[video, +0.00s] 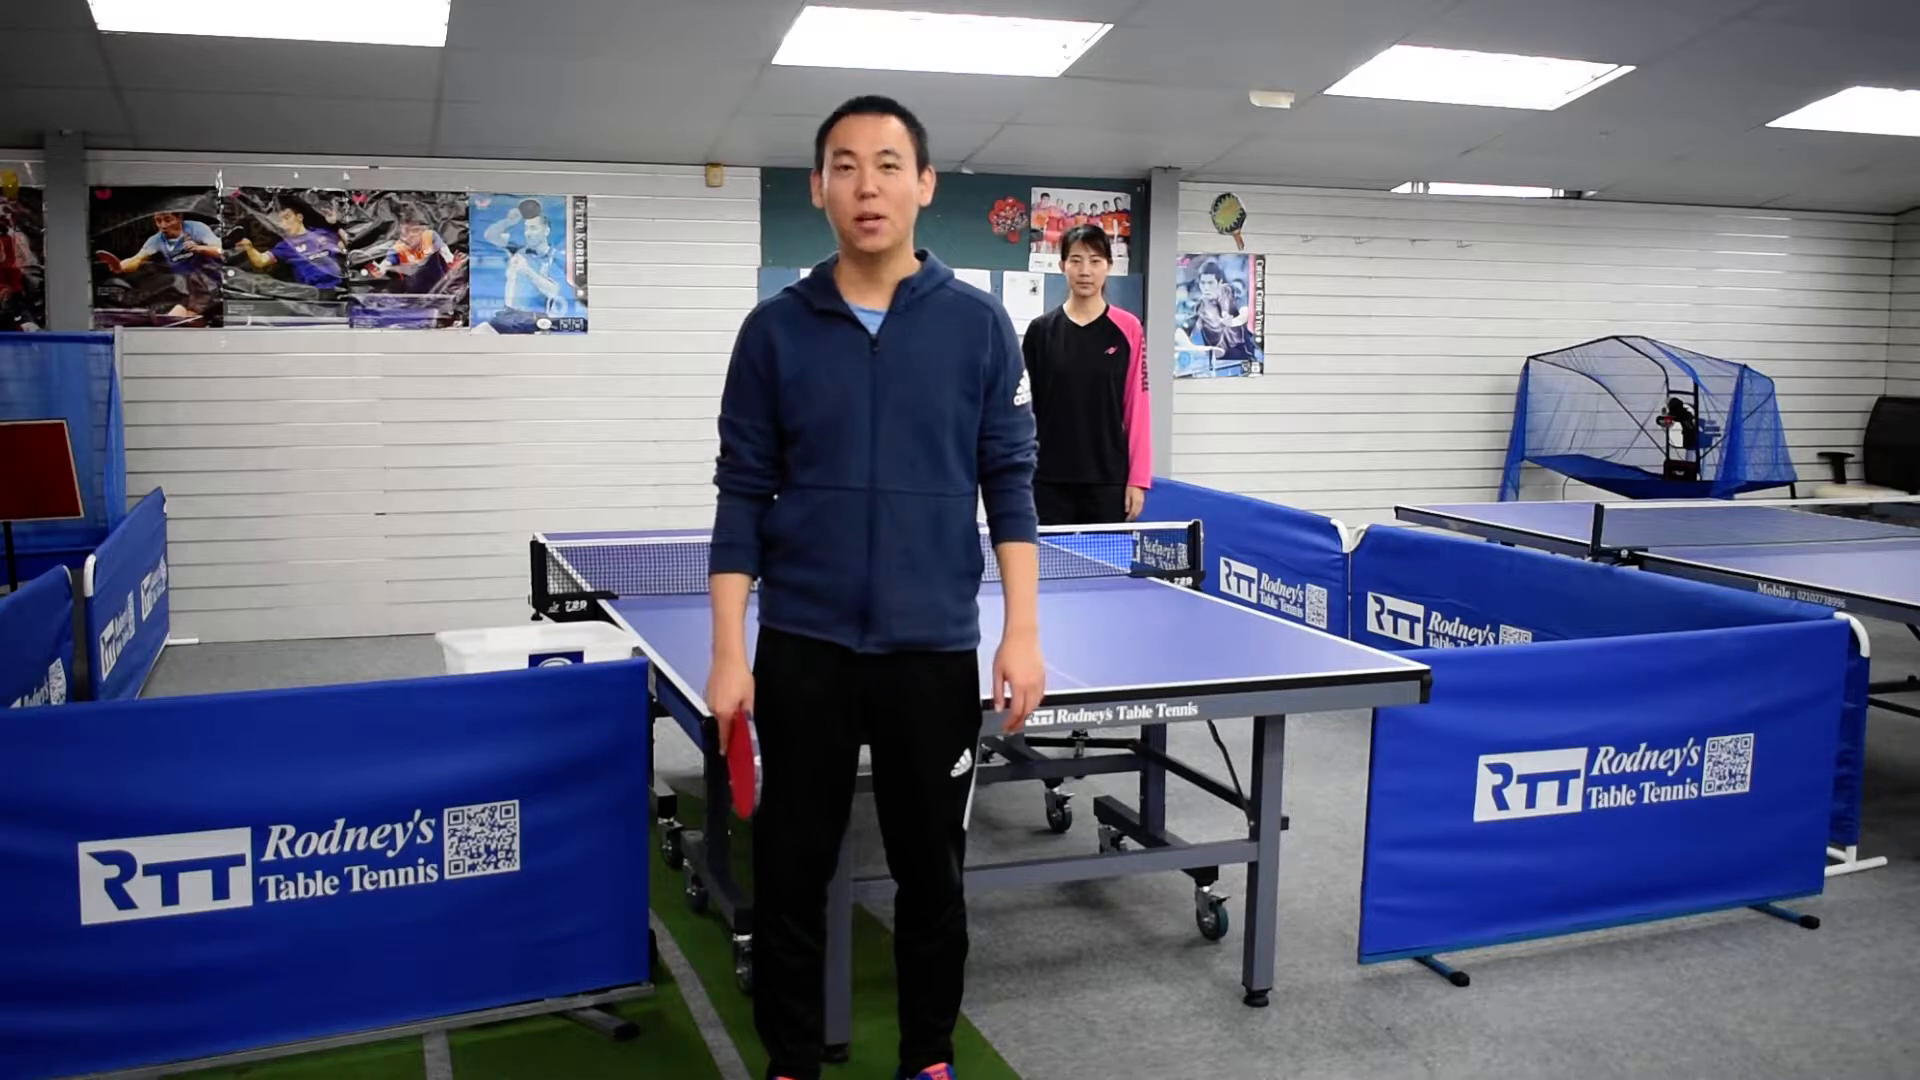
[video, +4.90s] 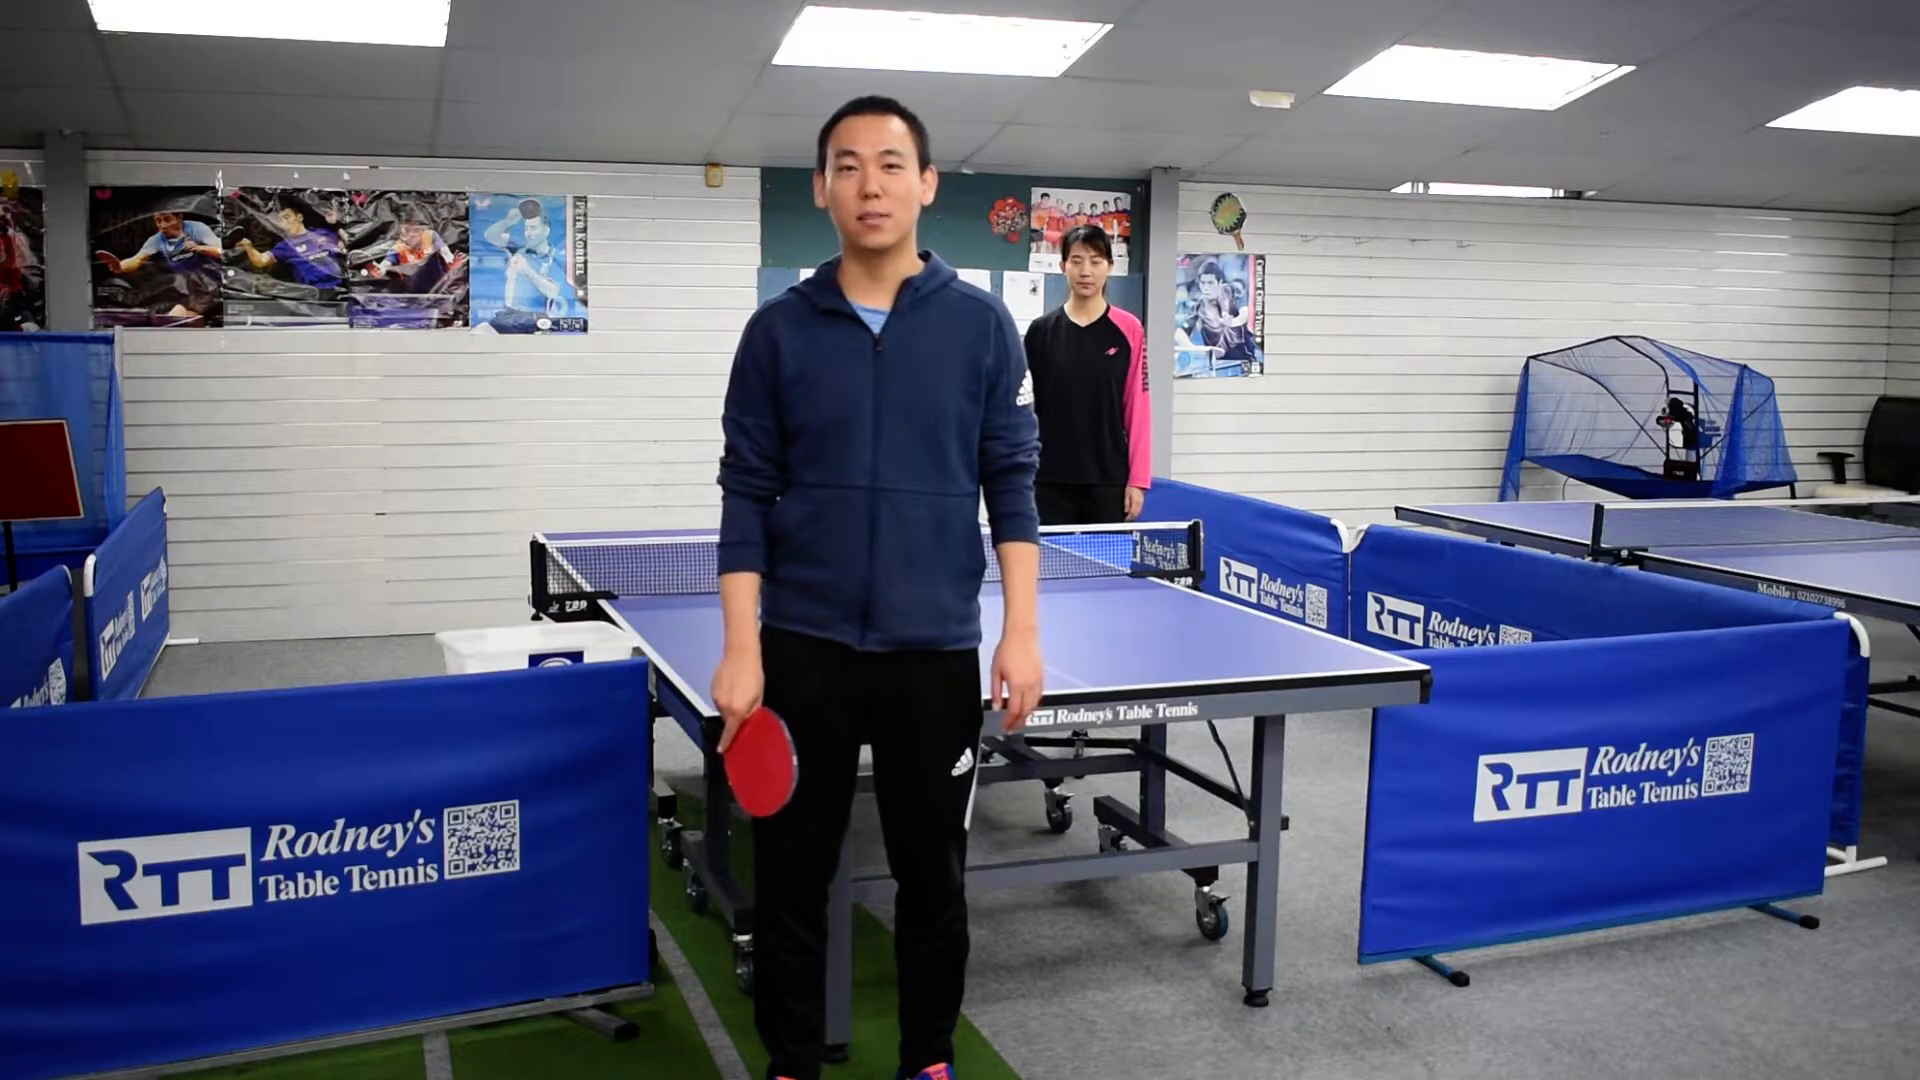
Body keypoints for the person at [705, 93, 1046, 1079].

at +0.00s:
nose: (866, 186)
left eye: (888, 166)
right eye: (845, 167)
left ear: (923, 188)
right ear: (820, 191)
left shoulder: (978, 325)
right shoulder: (775, 329)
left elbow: (1011, 482)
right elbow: (740, 490)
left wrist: (1022, 631)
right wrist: (728, 651)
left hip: (932, 644)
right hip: (804, 642)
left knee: (931, 871)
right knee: (789, 873)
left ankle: (929, 1060)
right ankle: (790, 1061)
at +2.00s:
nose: (870, 188)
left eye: (893, 168)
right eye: (849, 169)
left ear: (927, 189)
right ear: (824, 191)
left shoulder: (979, 325)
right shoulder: (777, 329)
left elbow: (1012, 482)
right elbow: (742, 490)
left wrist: (1023, 631)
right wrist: (730, 650)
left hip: (934, 644)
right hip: (806, 643)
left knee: (932, 874)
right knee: (791, 875)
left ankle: (930, 1060)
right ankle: (791, 1062)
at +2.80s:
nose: (864, 195)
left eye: (884, 173)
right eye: (842, 176)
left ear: (919, 187)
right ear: (814, 194)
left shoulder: (976, 323)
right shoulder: (777, 328)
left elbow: (1010, 478)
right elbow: (736, 467)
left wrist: (1025, 628)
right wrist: (682, 539)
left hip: (936, 640)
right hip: (808, 636)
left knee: (931, 869)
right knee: (793, 867)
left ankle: (928, 1058)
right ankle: (792, 1062)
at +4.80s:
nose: (869, 185)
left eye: (891, 166)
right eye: (848, 167)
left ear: (926, 188)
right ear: (824, 191)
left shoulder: (981, 326)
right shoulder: (779, 329)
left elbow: (1014, 482)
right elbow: (745, 489)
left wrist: (1024, 632)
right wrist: (742, 645)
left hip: (934, 647)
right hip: (803, 645)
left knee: (932, 876)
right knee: (791, 881)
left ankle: (929, 1061)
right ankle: (791, 1063)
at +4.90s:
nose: (868, 184)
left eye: (890, 165)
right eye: (847, 167)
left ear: (925, 188)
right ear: (823, 191)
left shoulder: (980, 326)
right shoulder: (779, 329)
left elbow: (1013, 483)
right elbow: (744, 489)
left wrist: (1022, 631)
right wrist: (741, 645)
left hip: (933, 647)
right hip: (803, 645)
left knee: (932, 875)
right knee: (791, 881)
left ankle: (930, 1060)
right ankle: (791, 1062)